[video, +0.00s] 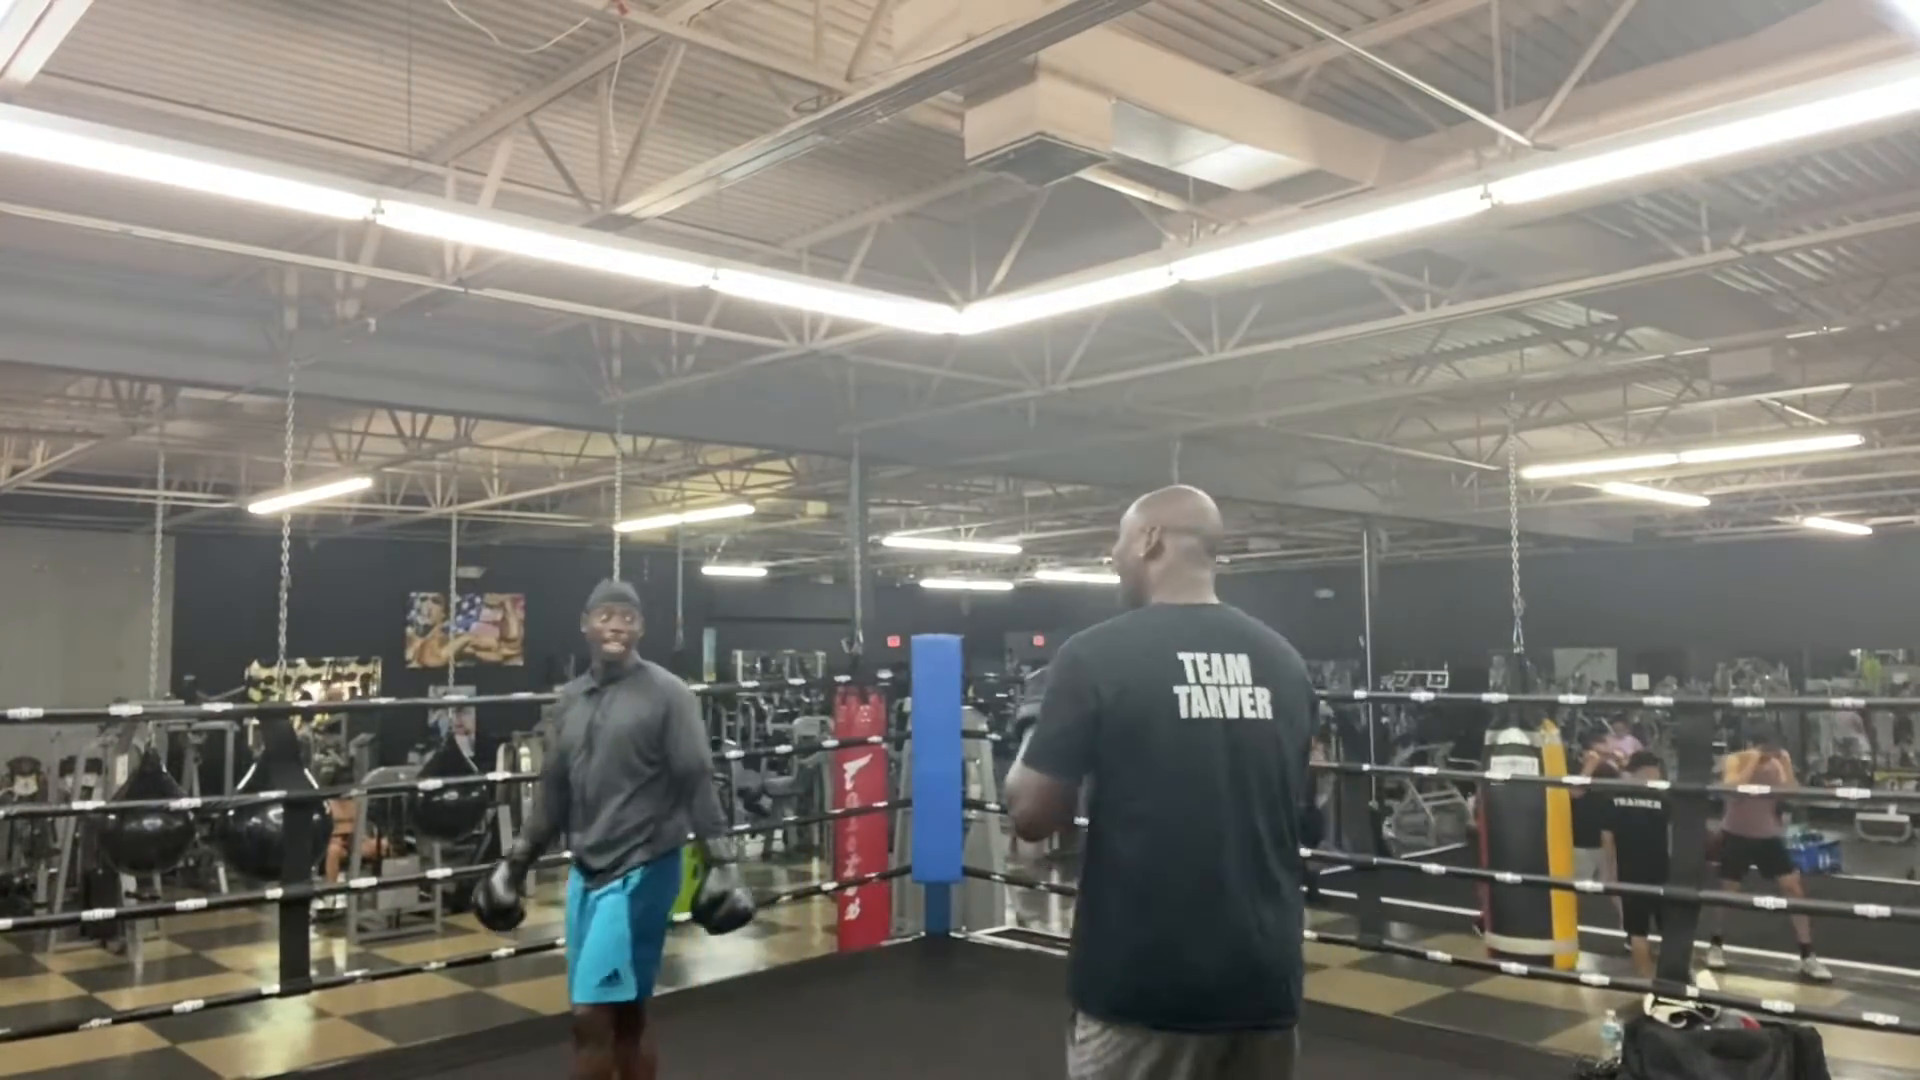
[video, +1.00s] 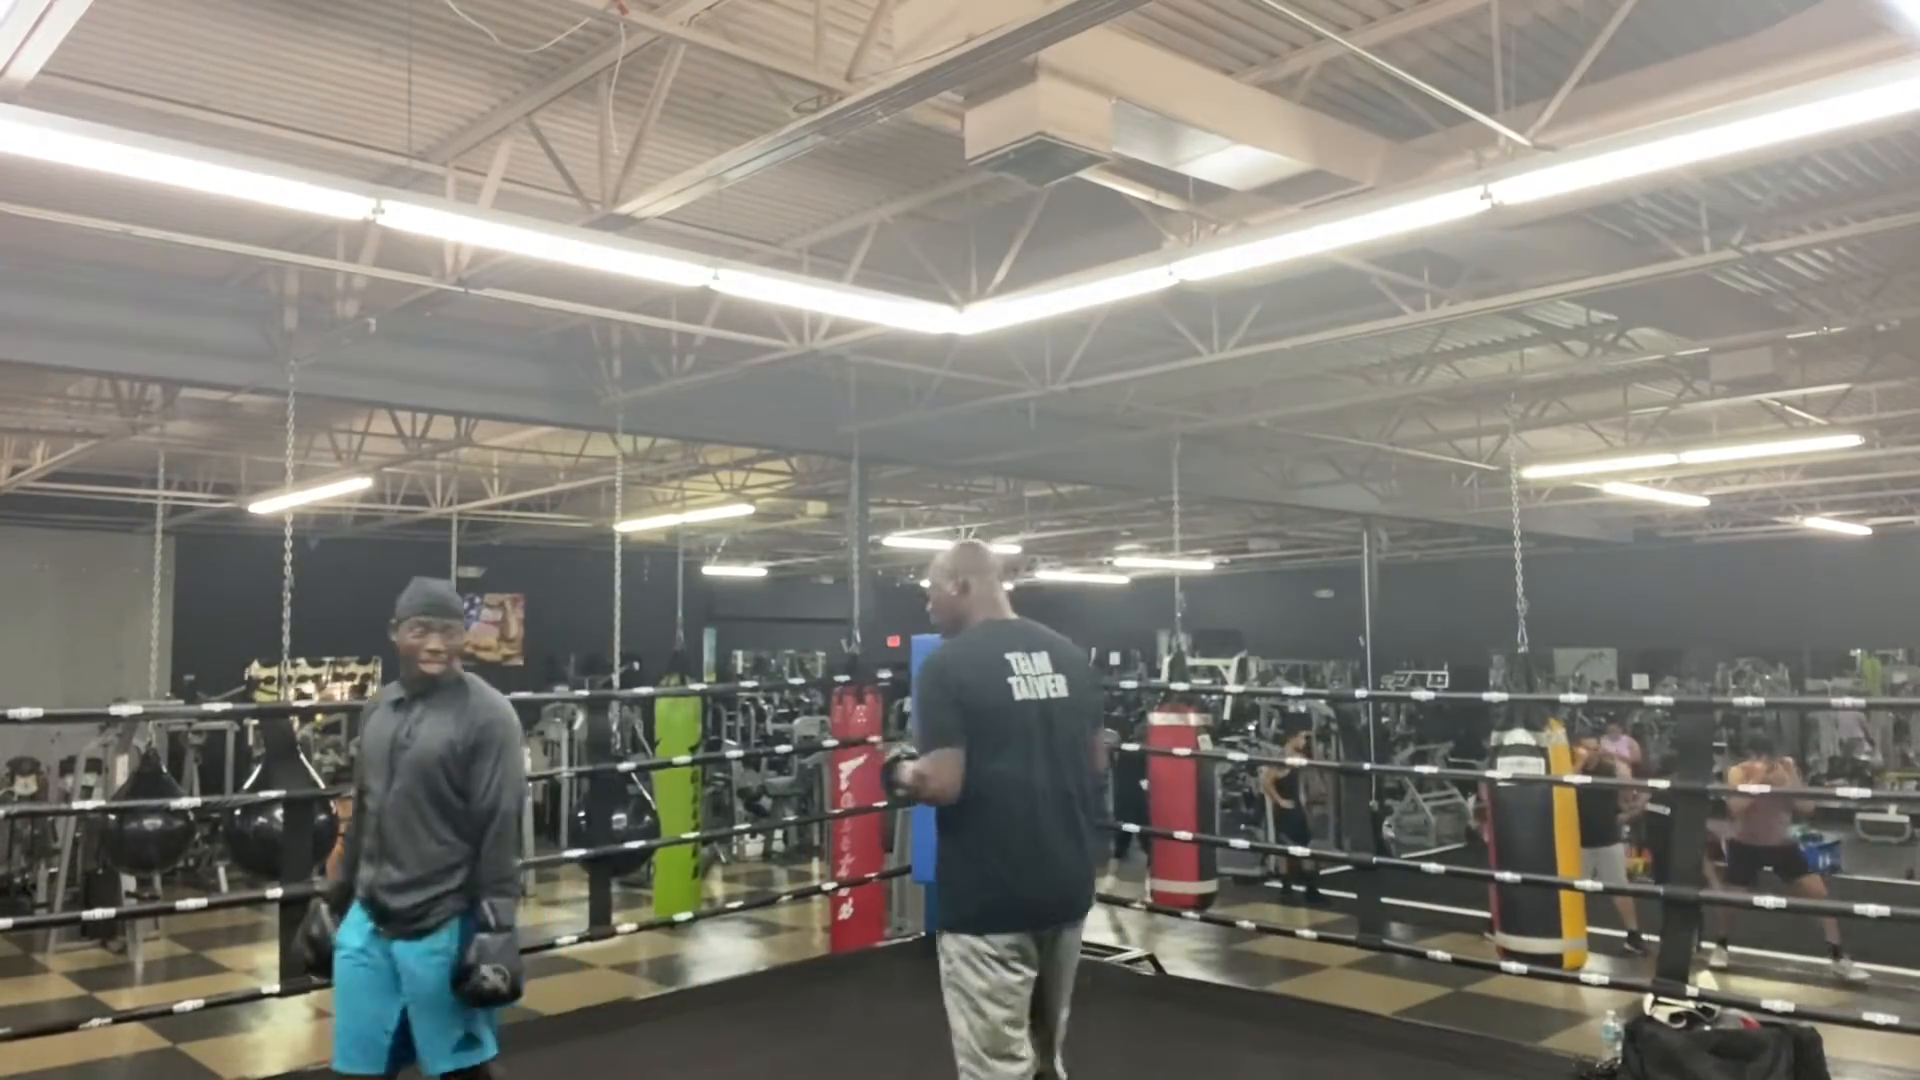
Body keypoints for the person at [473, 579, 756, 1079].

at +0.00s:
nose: (616, 627)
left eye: (627, 617)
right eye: (605, 617)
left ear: (640, 628)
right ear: (586, 627)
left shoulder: (669, 694)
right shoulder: (570, 699)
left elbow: (698, 780)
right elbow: (552, 793)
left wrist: (723, 862)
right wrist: (516, 864)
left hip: (644, 868)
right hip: (588, 869)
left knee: (591, 1014)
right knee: (620, 1020)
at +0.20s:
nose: (595, 631)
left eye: (606, 622)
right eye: (583, 619)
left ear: (619, 633)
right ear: (562, 628)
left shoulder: (641, 704)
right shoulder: (543, 697)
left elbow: (664, 796)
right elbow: (522, 792)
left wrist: (680, 882)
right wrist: (485, 869)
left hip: (606, 879)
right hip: (548, 881)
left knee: (563, 1032)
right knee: (595, 1027)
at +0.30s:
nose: (586, 631)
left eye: (598, 623)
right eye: (576, 619)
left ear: (609, 635)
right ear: (554, 625)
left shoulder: (624, 705)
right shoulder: (528, 688)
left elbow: (639, 804)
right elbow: (505, 781)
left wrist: (646, 893)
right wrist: (476, 862)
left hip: (582, 874)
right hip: (524, 876)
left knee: (555, 1021)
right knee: (551, 1011)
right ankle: (605, 1069)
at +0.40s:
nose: (573, 641)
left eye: (585, 632)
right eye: (561, 629)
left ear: (596, 639)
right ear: (536, 630)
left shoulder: (605, 709)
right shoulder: (510, 689)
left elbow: (612, 807)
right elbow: (487, 780)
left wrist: (592, 902)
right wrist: (457, 857)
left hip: (550, 889)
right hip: (489, 886)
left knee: (544, 1043)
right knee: (483, 1035)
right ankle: (564, 1075)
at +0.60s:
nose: (543, 639)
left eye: (554, 629)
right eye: (530, 626)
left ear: (564, 637)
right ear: (503, 628)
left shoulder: (578, 708)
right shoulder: (481, 686)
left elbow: (568, 814)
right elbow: (458, 788)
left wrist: (520, 901)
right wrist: (424, 867)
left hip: (535, 890)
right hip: (460, 886)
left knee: (528, 1046)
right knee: (420, 1039)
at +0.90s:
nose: (477, 644)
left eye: (489, 632)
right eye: (463, 629)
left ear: (503, 640)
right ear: (440, 635)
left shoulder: (524, 716)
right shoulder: (419, 697)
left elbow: (526, 828)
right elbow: (407, 802)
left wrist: (490, 923)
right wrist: (378, 888)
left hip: (484, 916)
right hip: (407, 913)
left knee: (504, 1062)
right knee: (389, 1064)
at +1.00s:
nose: (435, 645)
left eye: (447, 631)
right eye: (421, 630)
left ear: (463, 638)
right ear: (395, 635)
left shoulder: (490, 716)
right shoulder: (379, 709)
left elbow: (500, 829)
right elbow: (363, 814)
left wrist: (497, 930)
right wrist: (333, 900)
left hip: (445, 926)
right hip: (368, 921)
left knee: (461, 1067)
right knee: (357, 1067)